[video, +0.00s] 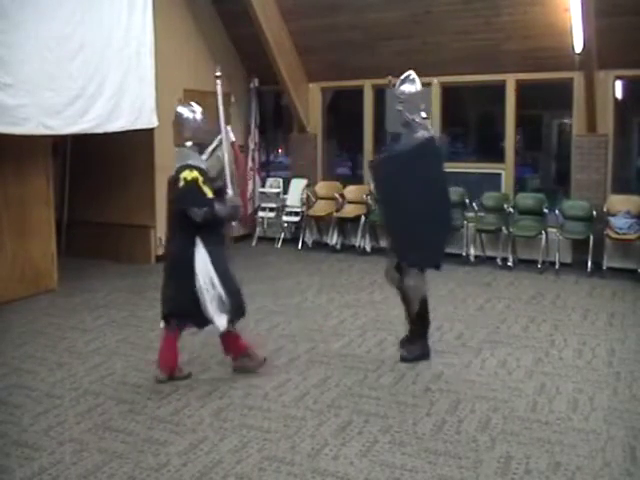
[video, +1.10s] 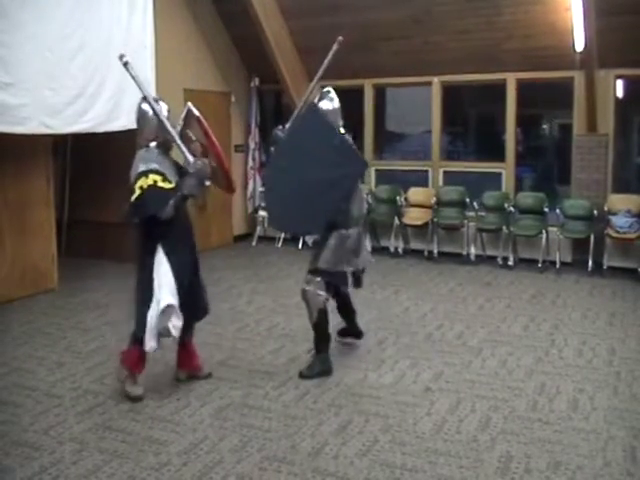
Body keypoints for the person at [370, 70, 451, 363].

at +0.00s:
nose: (400, 109)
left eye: (404, 103)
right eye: (399, 103)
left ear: (413, 107)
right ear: (399, 107)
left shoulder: (424, 143)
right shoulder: (406, 140)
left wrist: (380, 167)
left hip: (422, 222)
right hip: (408, 220)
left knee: (412, 276)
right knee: (396, 273)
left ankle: (419, 341)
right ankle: (416, 331)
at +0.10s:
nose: (390, 110)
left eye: (395, 104)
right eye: (389, 104)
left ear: (406, 106)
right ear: (387, 107)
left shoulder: (415, 139)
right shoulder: (396, 138)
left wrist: (375, 171)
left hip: (417, 222)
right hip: (398, 221)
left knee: (410, 279)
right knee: (383, 275)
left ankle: (421, 343)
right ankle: (383, 336)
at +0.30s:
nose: (371, 116)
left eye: (375, 110)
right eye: (371, 110)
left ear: (385, 113)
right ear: (380, 113)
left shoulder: (396, 143)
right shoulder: (382, 142)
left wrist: (349, 171)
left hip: (390, 227)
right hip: (377, 226)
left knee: (399, 287)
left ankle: (420, 342)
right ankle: (352, 343)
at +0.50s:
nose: (358, 110)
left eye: (360, 105)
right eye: (356, 105)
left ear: (355, 108)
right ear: (356, 108)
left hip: (359, 219)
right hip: (351, 217)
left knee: (351, 283)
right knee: (349, 281)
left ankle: (386, 328)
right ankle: (349, 343)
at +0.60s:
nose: (344, 107)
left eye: (350, 102)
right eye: (342, 101)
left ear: (358, 105)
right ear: (337, 104)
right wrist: (302, 135)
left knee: (340, 280)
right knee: (338, 281)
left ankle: (353, 346)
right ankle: (348, 343)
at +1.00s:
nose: (322, 117)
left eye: (325, 111)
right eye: (319, 112)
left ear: (333, 113)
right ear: (319, 114)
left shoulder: (341, 141)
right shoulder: (320, 141)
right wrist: (284, 142)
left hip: (345, 224)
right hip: (328, 221)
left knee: (315, 286)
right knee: (324, 283)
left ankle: (321, 356)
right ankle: (348, 328)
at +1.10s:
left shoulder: (344, 175)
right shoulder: (342, 172)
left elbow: (347, 216)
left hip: (337, 235)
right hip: (344, 233)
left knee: (313, 289)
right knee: (337, 284)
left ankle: (321, 356)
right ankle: (352, 326)